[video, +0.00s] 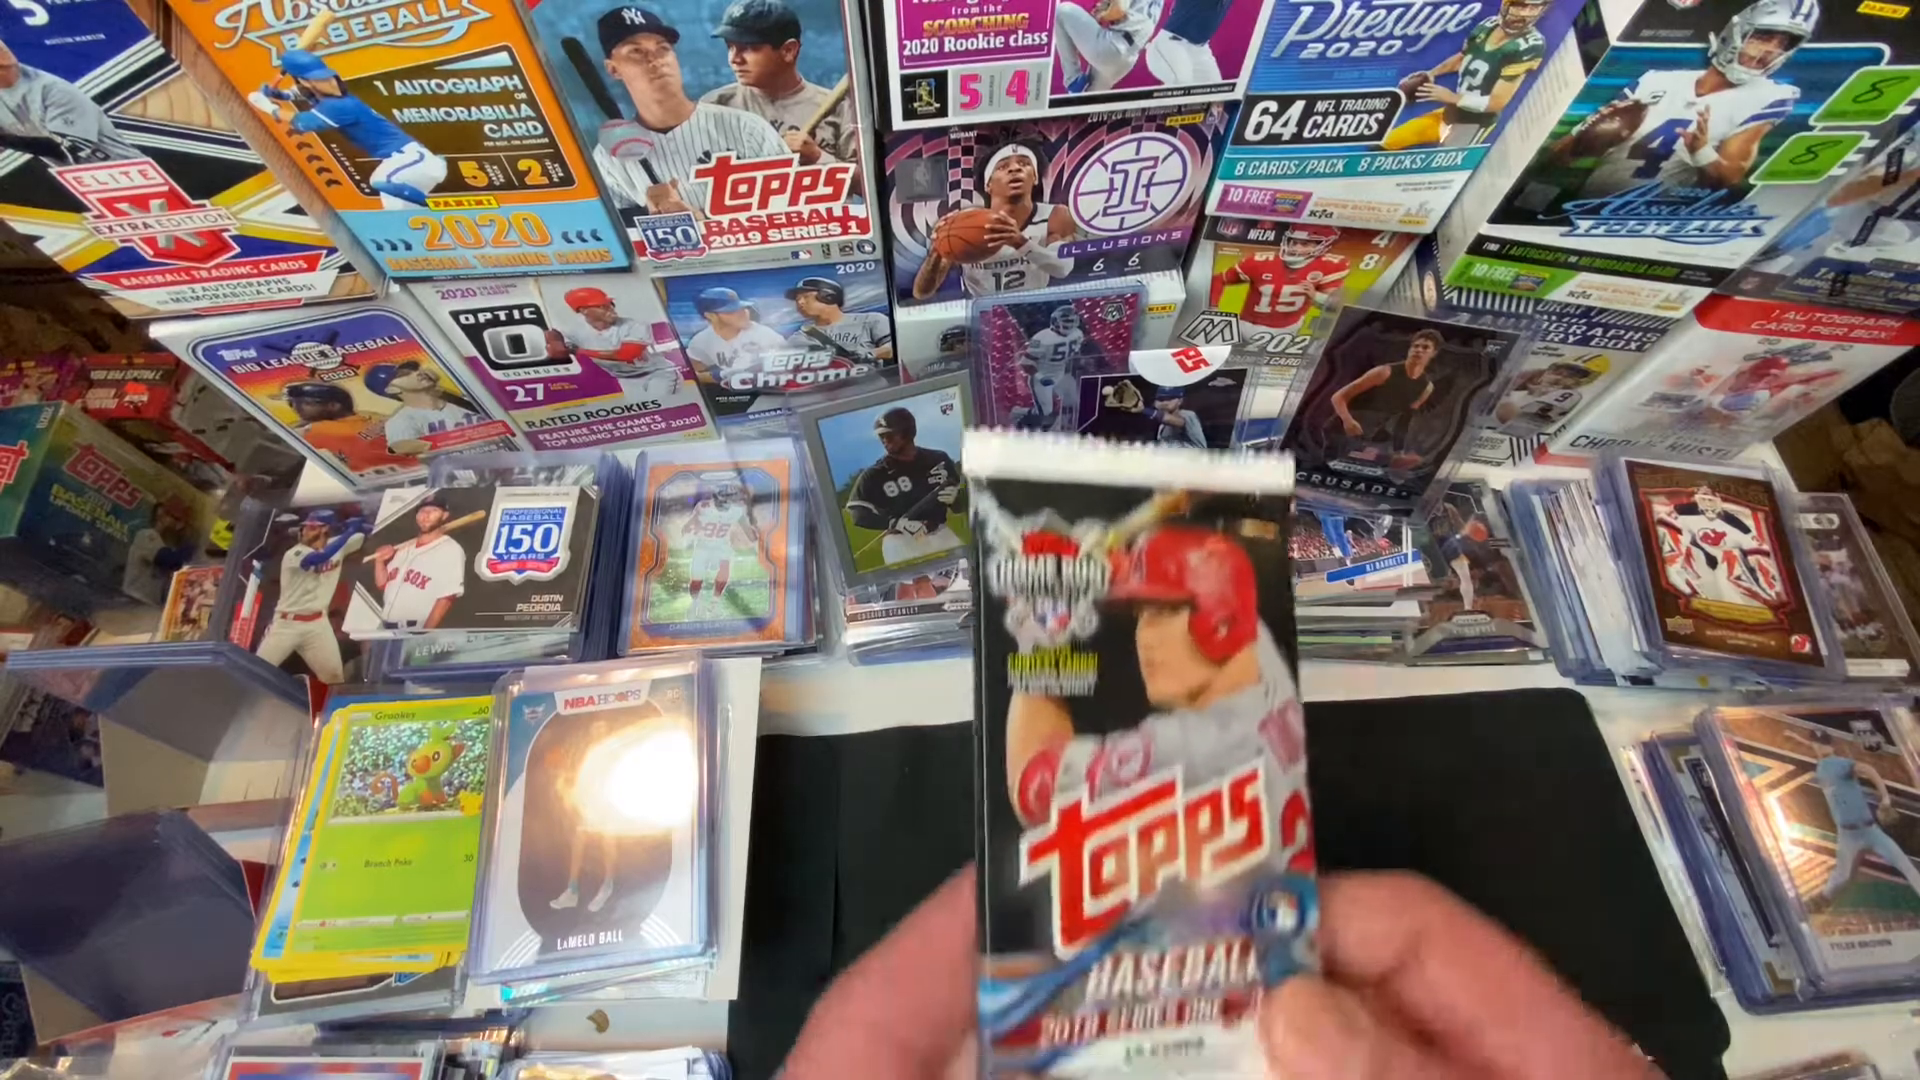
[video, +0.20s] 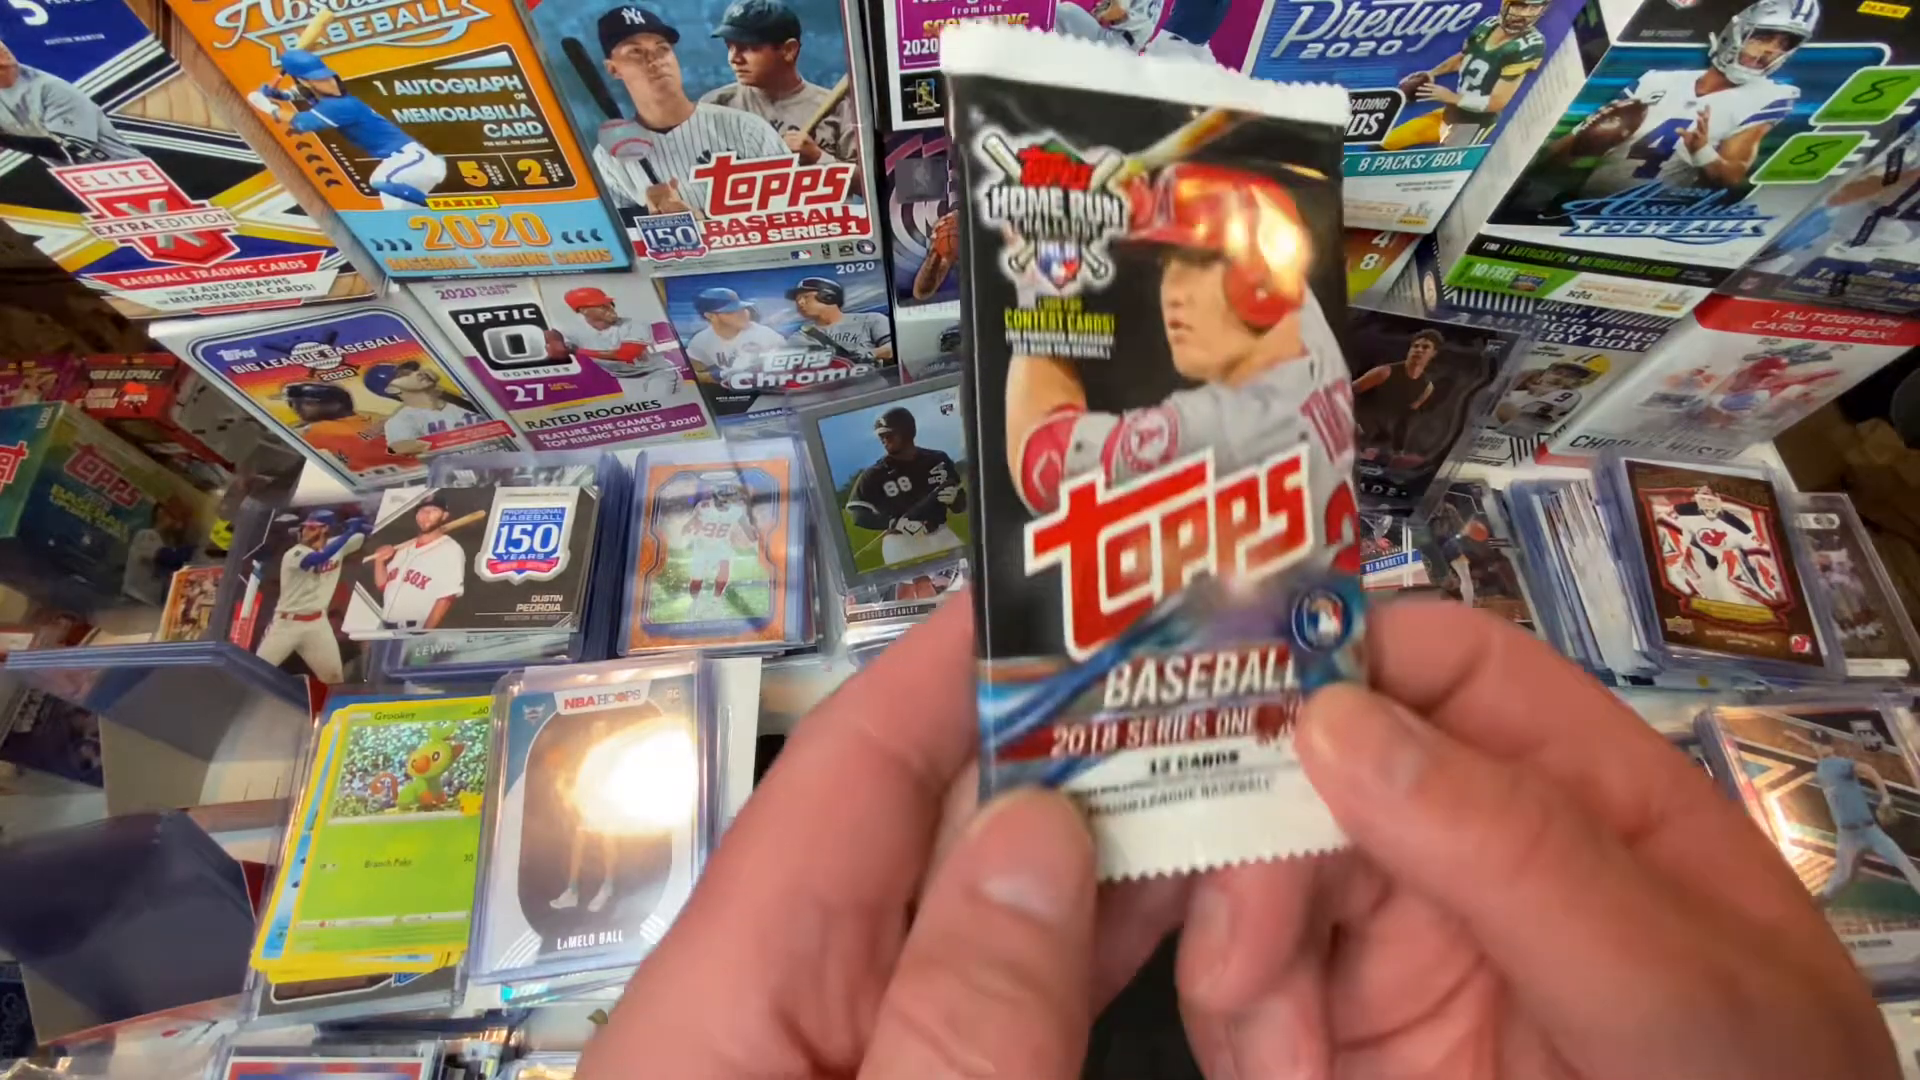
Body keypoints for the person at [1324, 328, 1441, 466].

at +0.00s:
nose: (1418, 350)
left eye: (1425, 348)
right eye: (1415, 346)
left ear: (1433, 354)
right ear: (1410, 349)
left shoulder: (1426, 388)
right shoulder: (1384, 372)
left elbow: (1404, 419)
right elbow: (1338, 397)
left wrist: (1399, 453)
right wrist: (1347, 420)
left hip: (1374, 435)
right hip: (1342, 428)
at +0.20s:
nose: (1418, 350)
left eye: (1425, 347)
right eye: (1415, 346)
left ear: (1433, 354)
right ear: (1409, 349)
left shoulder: (1427, 388)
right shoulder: (1384, 373)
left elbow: (1405, 415)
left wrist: (1399, 450)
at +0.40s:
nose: (1418, 350)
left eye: (1425, 347)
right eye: (1415, 346)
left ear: (1433, 354)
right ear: (1410, 349)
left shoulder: (1426, 388)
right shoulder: (1384, 373)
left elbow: (1405, 416)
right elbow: (1339, 397)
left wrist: (1400, 450)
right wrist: (1347, 420)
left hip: (1385, 444)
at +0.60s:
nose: (1418, 350)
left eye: (1425, 347)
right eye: (1415, 346)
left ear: (1433, 354)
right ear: (1409, 349)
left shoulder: (1426, 389)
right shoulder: (1384, 373)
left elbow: (1405, 414)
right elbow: (1338, 397)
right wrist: (1348, 420)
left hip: (1390, 444)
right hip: (1362, 437)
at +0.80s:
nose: (1418, 350)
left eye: (1425, 347)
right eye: (1415, 346)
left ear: (1433, 354)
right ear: (1410, 349)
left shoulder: (1426, 388)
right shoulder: (1384, 373)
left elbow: (1405, 414)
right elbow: (1338, 397)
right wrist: (1348, 420)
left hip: (1392, 444)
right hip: (1364, 439)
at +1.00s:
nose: (1418, 350)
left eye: (1425, 347)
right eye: (1415, 346)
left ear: (1433, 354)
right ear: (1409, 349)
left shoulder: (1426, 389)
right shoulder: (1384, 373)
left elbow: (1404, 418)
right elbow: (1338, 397)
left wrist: (1399, 452)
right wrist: (1348, 421)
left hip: (1384, 441)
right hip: (1356, 436)